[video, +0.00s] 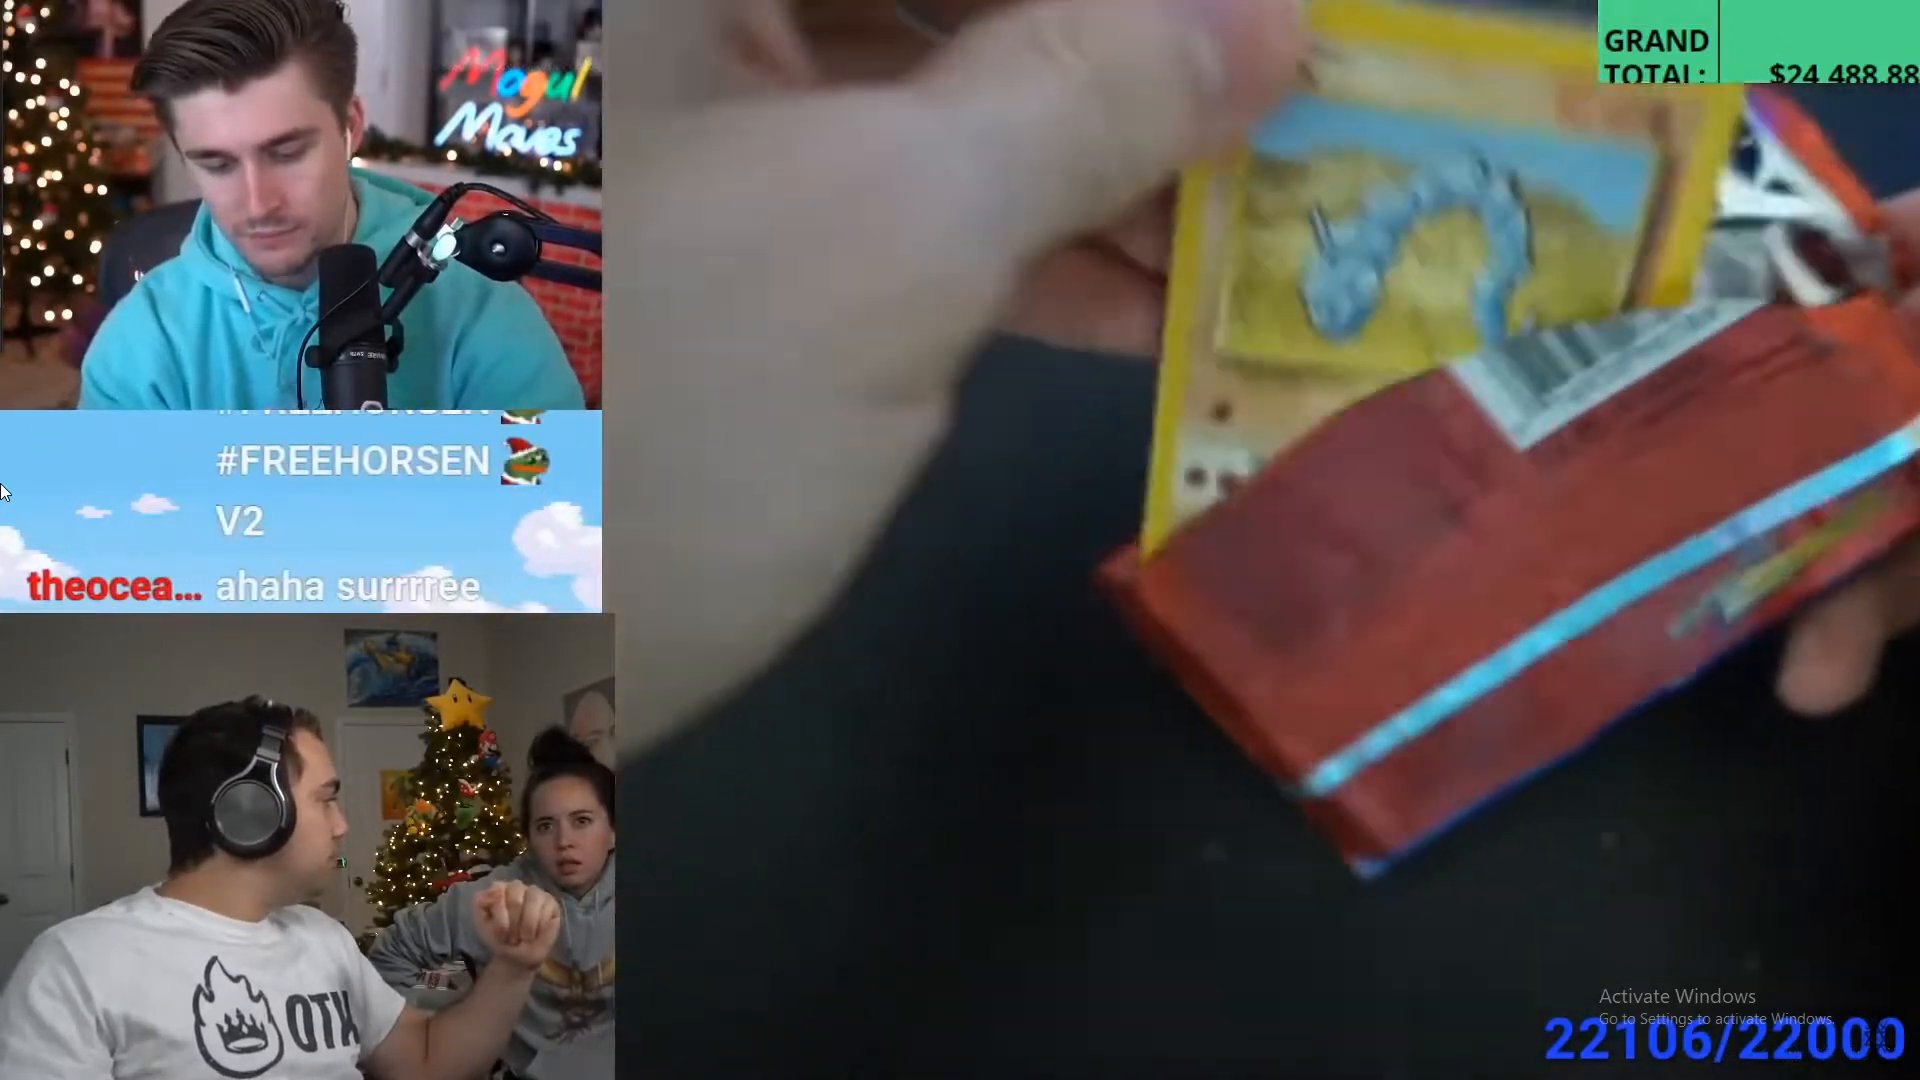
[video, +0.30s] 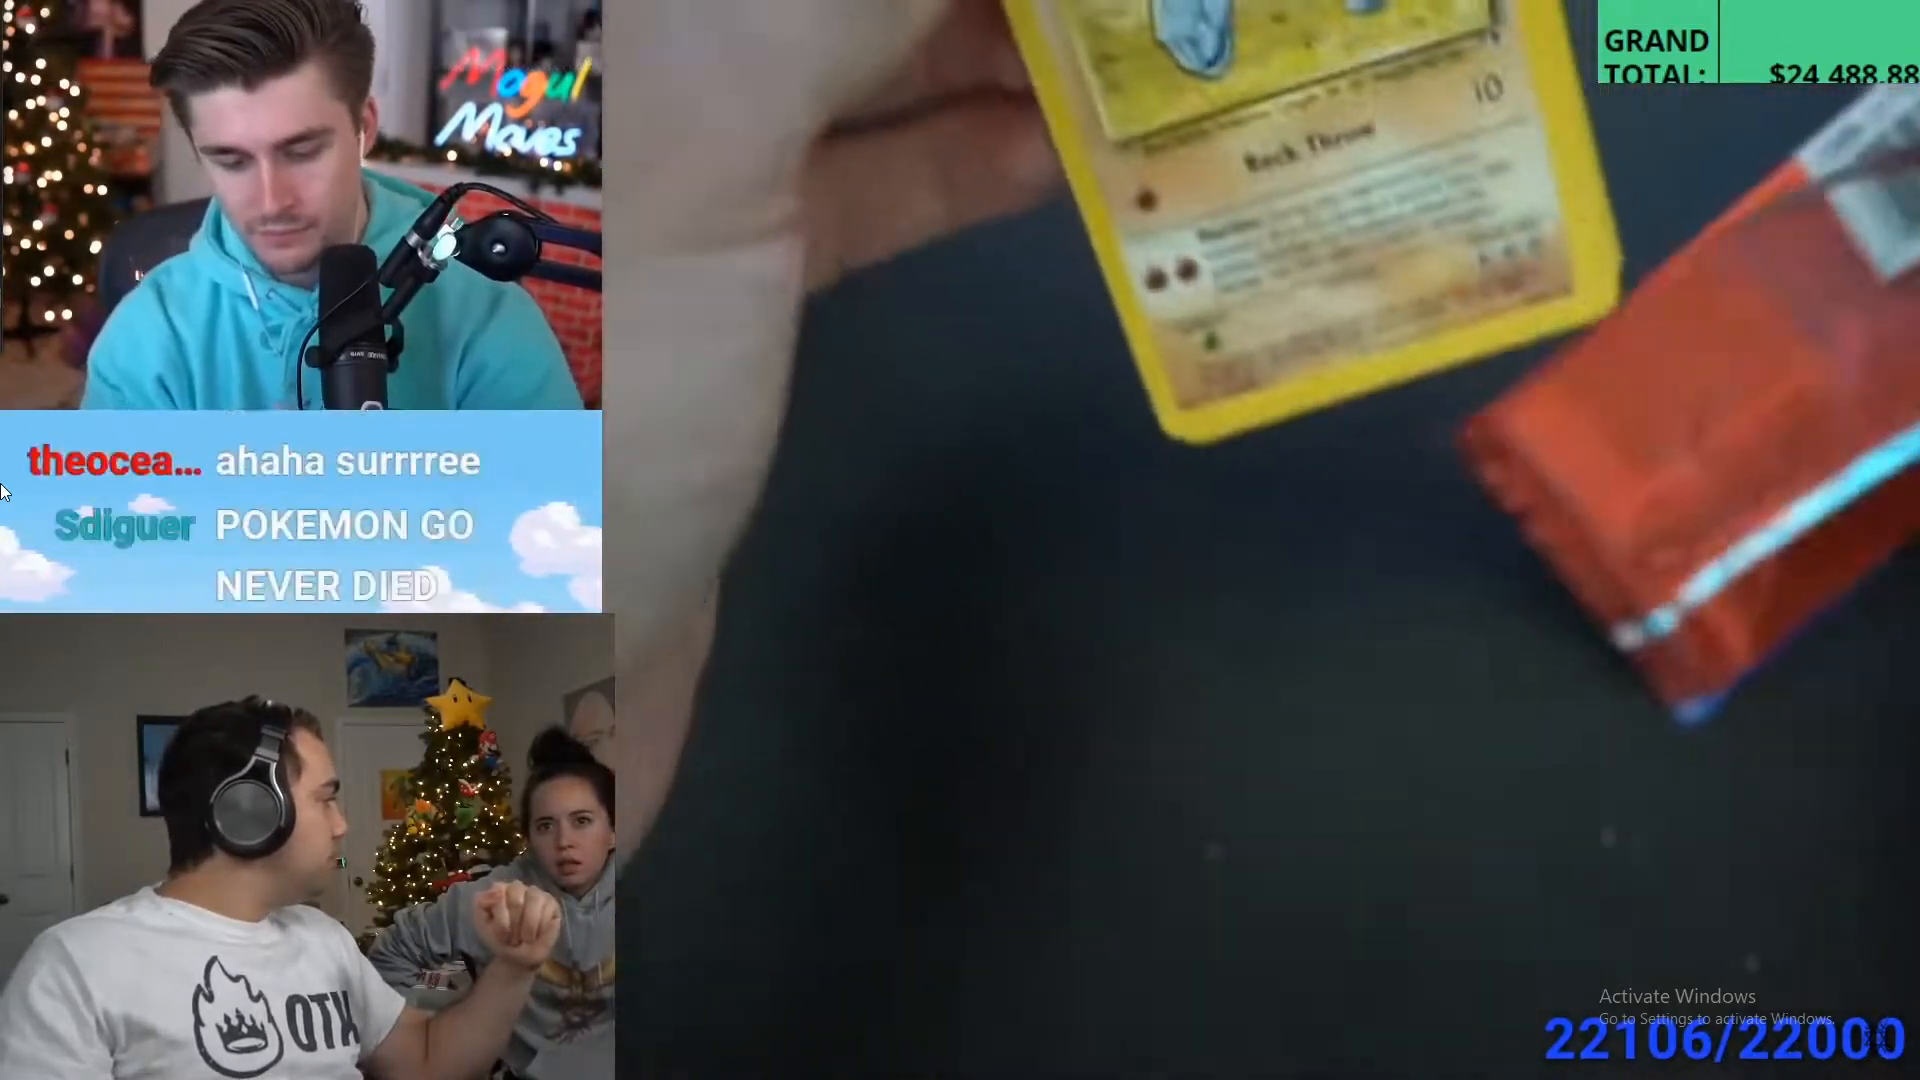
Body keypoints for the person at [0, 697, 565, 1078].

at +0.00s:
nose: (344, 823)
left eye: (336, 798)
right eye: (325, 799)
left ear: (260, 809)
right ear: (250, 810)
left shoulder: (324, 942)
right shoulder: (77, 967)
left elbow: (426, 1059)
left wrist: (511, 967)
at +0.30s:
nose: (343, 823)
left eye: (335, 798)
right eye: (325, 799)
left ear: (260, 809)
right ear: (249, 809)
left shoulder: (324, 942)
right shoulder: (76, 966)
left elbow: (427, 1059)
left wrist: (511, 967)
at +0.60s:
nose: (344, 824)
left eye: (335, 798)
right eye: (324, 799)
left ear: (259, 808)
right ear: (247, 809)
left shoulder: (325, 943)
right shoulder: (76, 967)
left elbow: (428, 1059)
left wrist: (511, 968)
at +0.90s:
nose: (344, 824)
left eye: (335, 799)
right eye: (324, 799)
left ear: (260, 807)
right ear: (248, 808)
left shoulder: (325, 943)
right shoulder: (76, 967)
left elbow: (428, 1059)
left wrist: (511, 968)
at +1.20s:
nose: (343, 824)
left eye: (335, 798)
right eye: (324, 798)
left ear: (260, 808)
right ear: (248, 808)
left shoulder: (324, 942)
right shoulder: (75, 967)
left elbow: (427, 1059)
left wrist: (512, 969)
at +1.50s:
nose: (343, 823)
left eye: (335, 798)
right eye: (325, 799)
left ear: (260, 809)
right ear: (249, 810)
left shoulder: (324, 942)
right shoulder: (76, 967)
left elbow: (427, 1059)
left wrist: (512, 969)